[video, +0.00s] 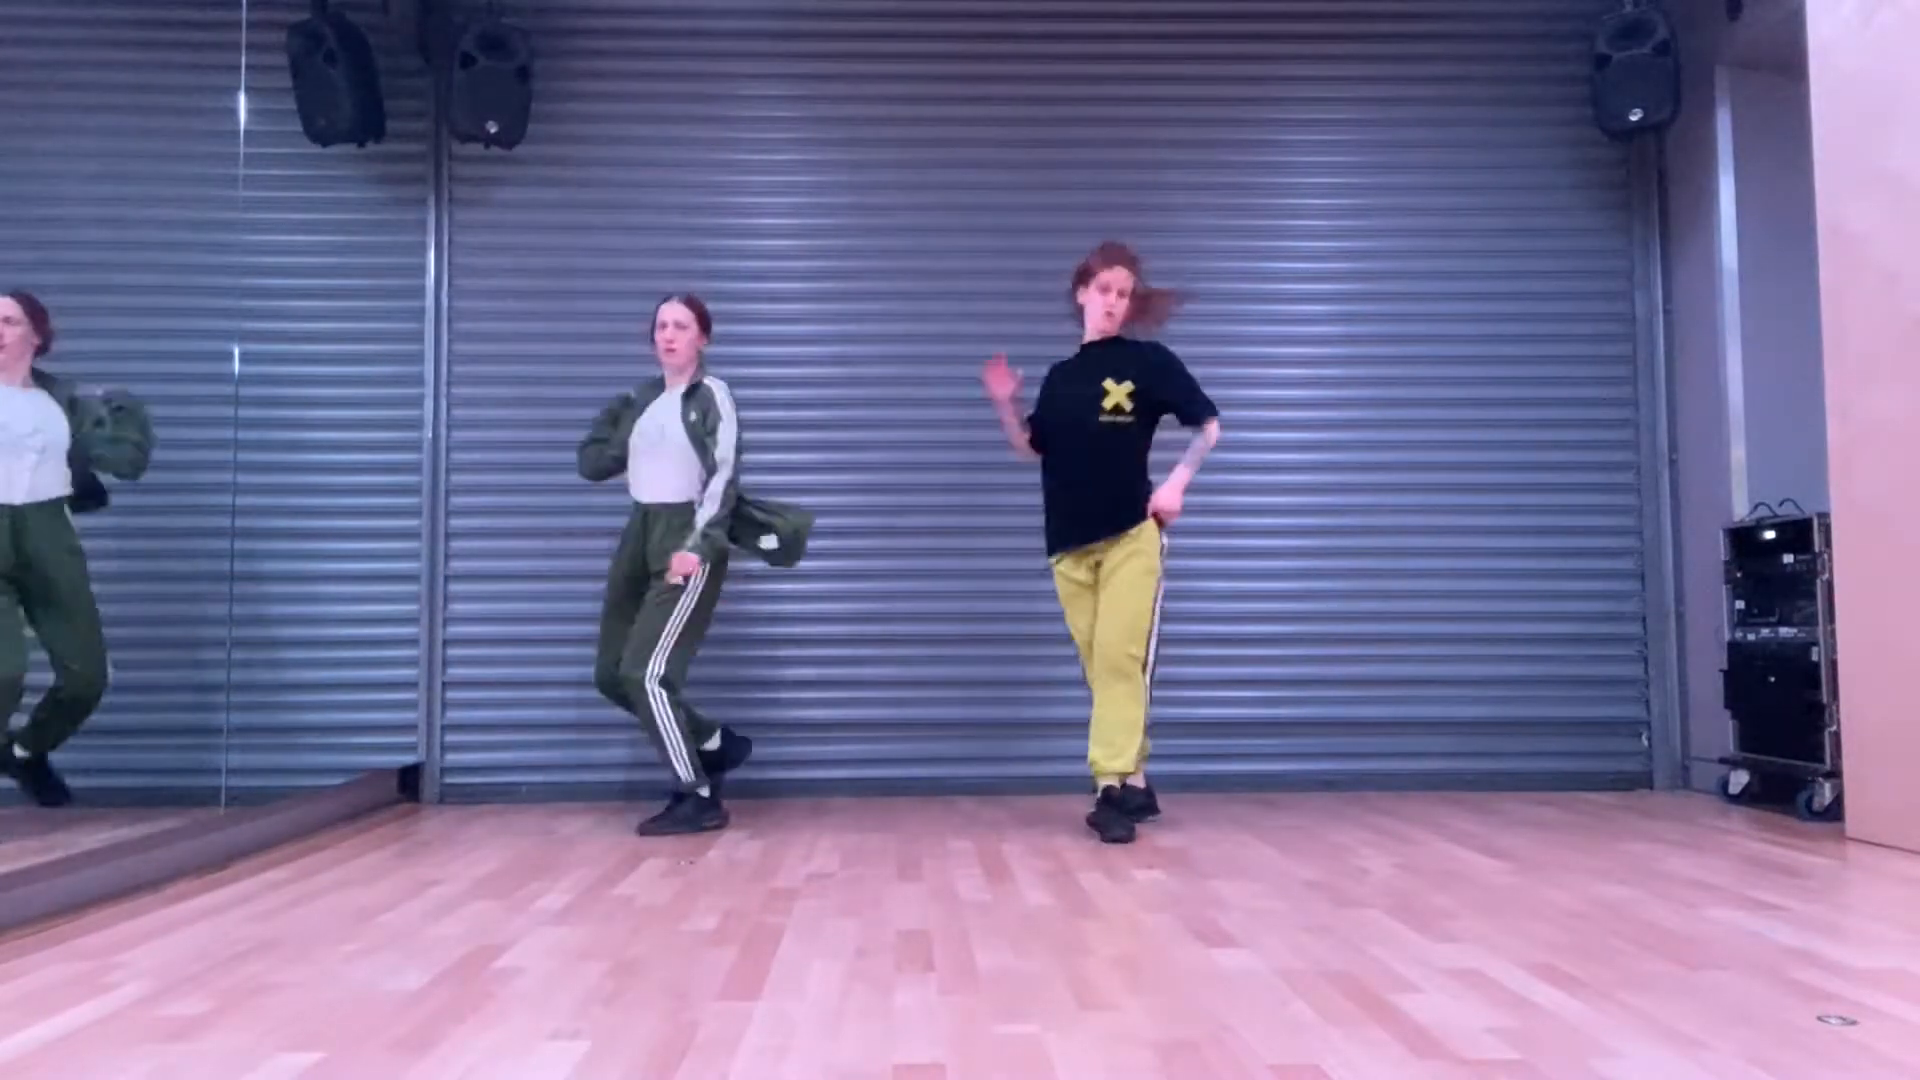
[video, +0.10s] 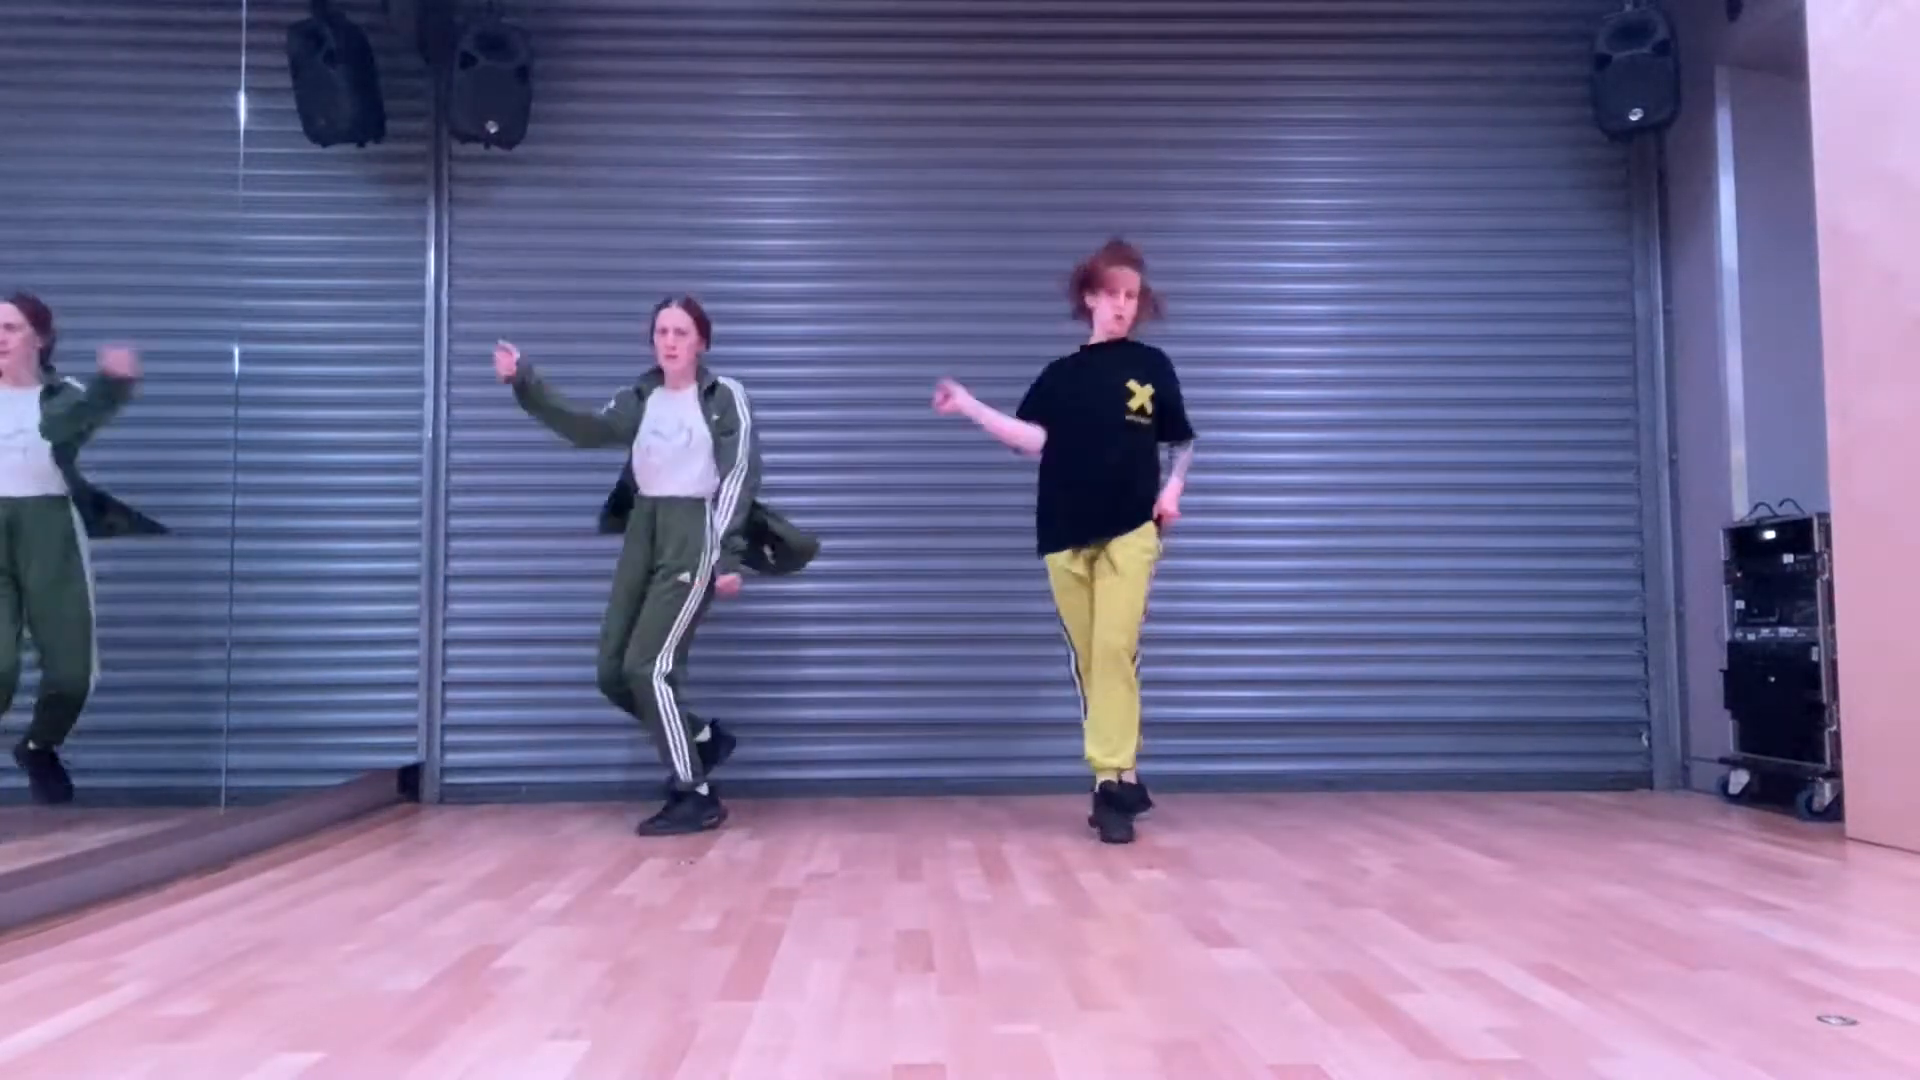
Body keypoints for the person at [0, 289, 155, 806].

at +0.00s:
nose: (0, 331)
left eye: (10, 322)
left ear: (36, 336)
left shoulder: (59, 397)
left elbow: (123, 458)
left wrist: (113, 421)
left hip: (48, 536)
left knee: (85, 679)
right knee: (5, 676)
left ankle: (26, 750)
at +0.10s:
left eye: (10, 328)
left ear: (39, 338)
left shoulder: (61, 396)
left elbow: (73, 422)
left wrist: (111, 383)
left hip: (49, 525)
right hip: (0, 527)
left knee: (73, 673)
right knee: (2, 670)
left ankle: (39, 747)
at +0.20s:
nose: (8, 345)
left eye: (18, 335)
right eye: (3, 337)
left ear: (50, 342)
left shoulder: (72, 378)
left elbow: (68, 379)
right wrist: (32, 372)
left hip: (60, 519)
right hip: (3, 517)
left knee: (44, 669)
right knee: (13, 665)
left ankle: (59, 779)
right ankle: (58, 775)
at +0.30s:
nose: (13, 357)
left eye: (25, 346)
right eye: (6, 347)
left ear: (58, 354)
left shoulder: (78, 391)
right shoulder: (1, 399)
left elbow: (48, 393)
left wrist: (6, 383)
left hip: (63, 533)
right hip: (5, 532)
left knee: (44, 682)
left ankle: (64, 792)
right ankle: (4, 721)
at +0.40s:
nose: (8, 357)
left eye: (21, 348)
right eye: (4, 347)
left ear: (54, 354)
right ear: (1, 354)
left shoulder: (84, 401)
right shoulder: (4, 408)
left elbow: (58, 449)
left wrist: (4, 453)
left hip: (63, 550)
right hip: (9, 550)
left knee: (52, 678)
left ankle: (67, 790)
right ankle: (11, 705)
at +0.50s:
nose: (0, 355)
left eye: (10, 345)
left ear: (42, 351)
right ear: (5, 353)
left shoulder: (79, 404)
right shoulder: (0, 404)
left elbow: (102, 489)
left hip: (56, 525)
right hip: (3, 522)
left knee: (42, 673)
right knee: (0, 663)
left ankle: (63, 789)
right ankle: (27, 740)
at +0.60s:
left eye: (4, 356)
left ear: (30, 360)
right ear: (2, 361)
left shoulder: (63, 405)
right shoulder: (5, 410)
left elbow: (139, 468)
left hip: (40, 545)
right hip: (4, 546)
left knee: (13, 672)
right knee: (7, 677)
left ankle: (61, 772)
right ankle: (66, 765)